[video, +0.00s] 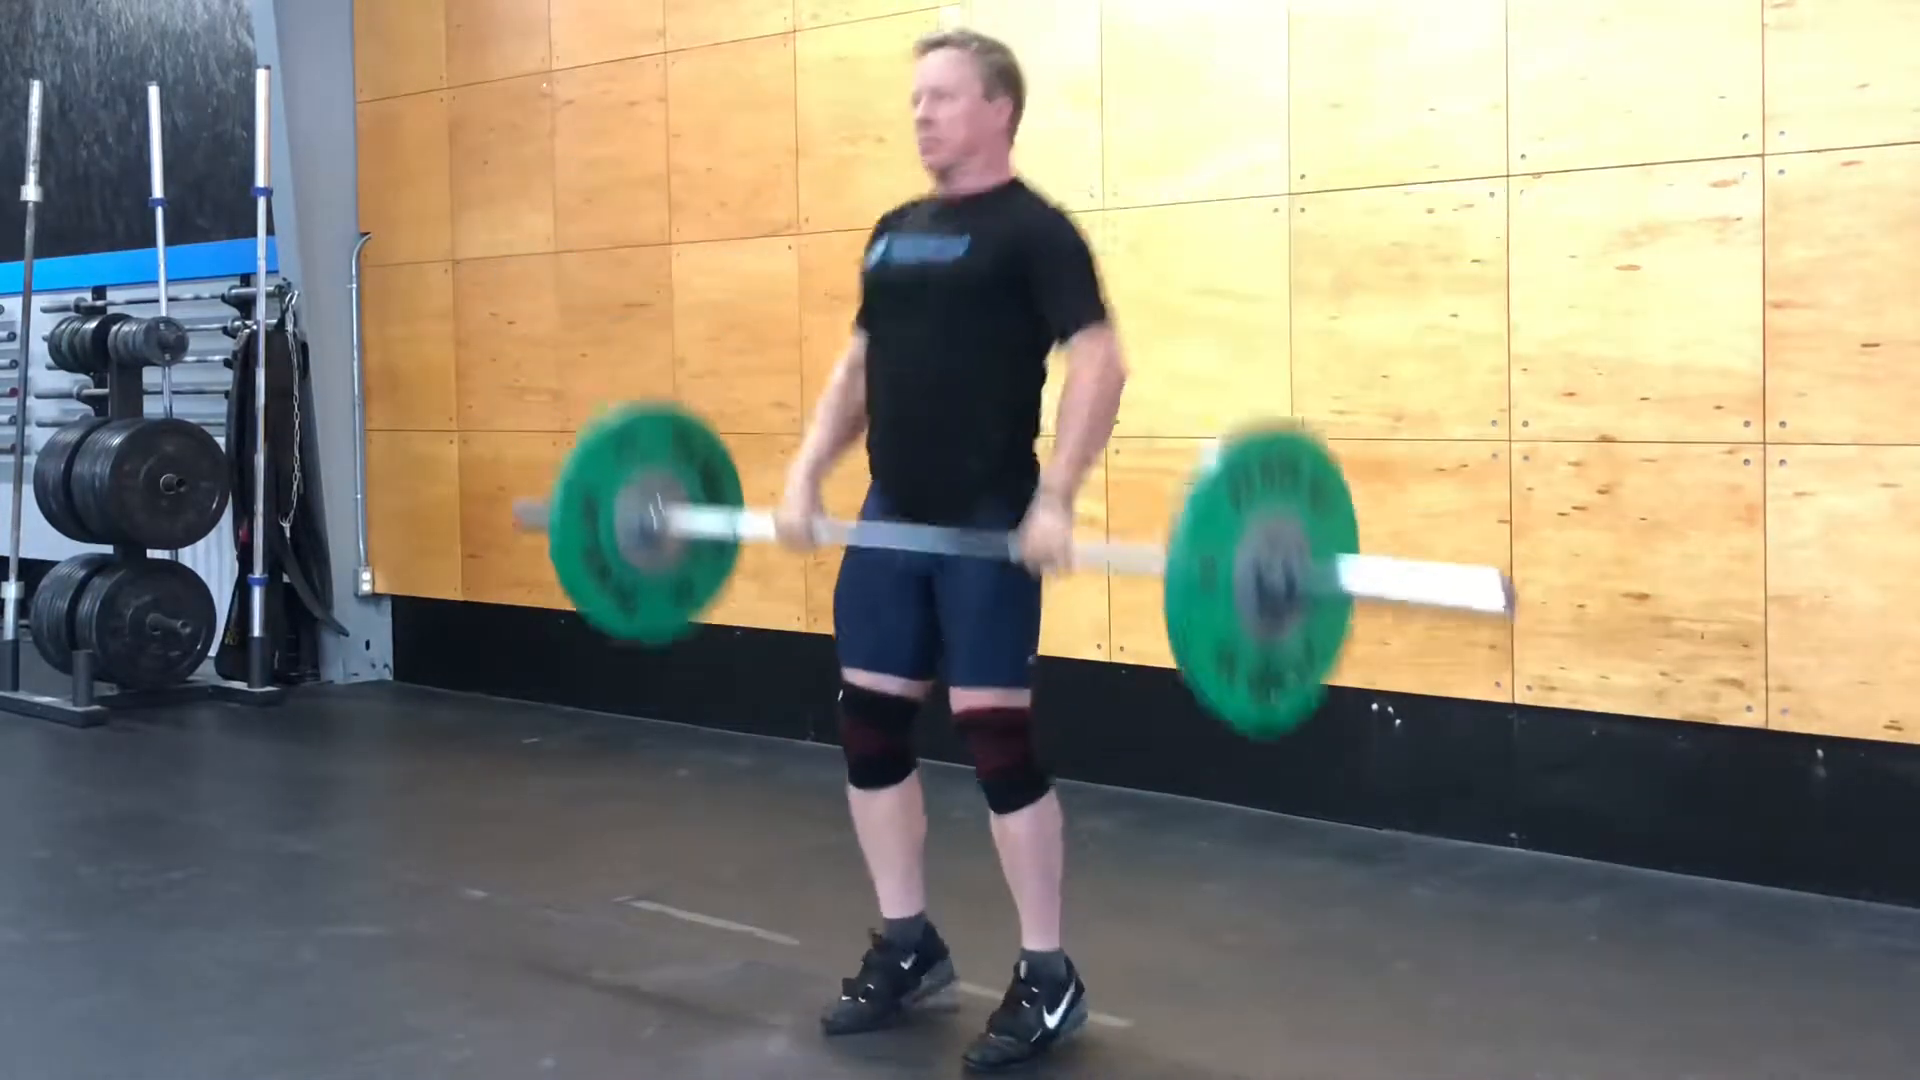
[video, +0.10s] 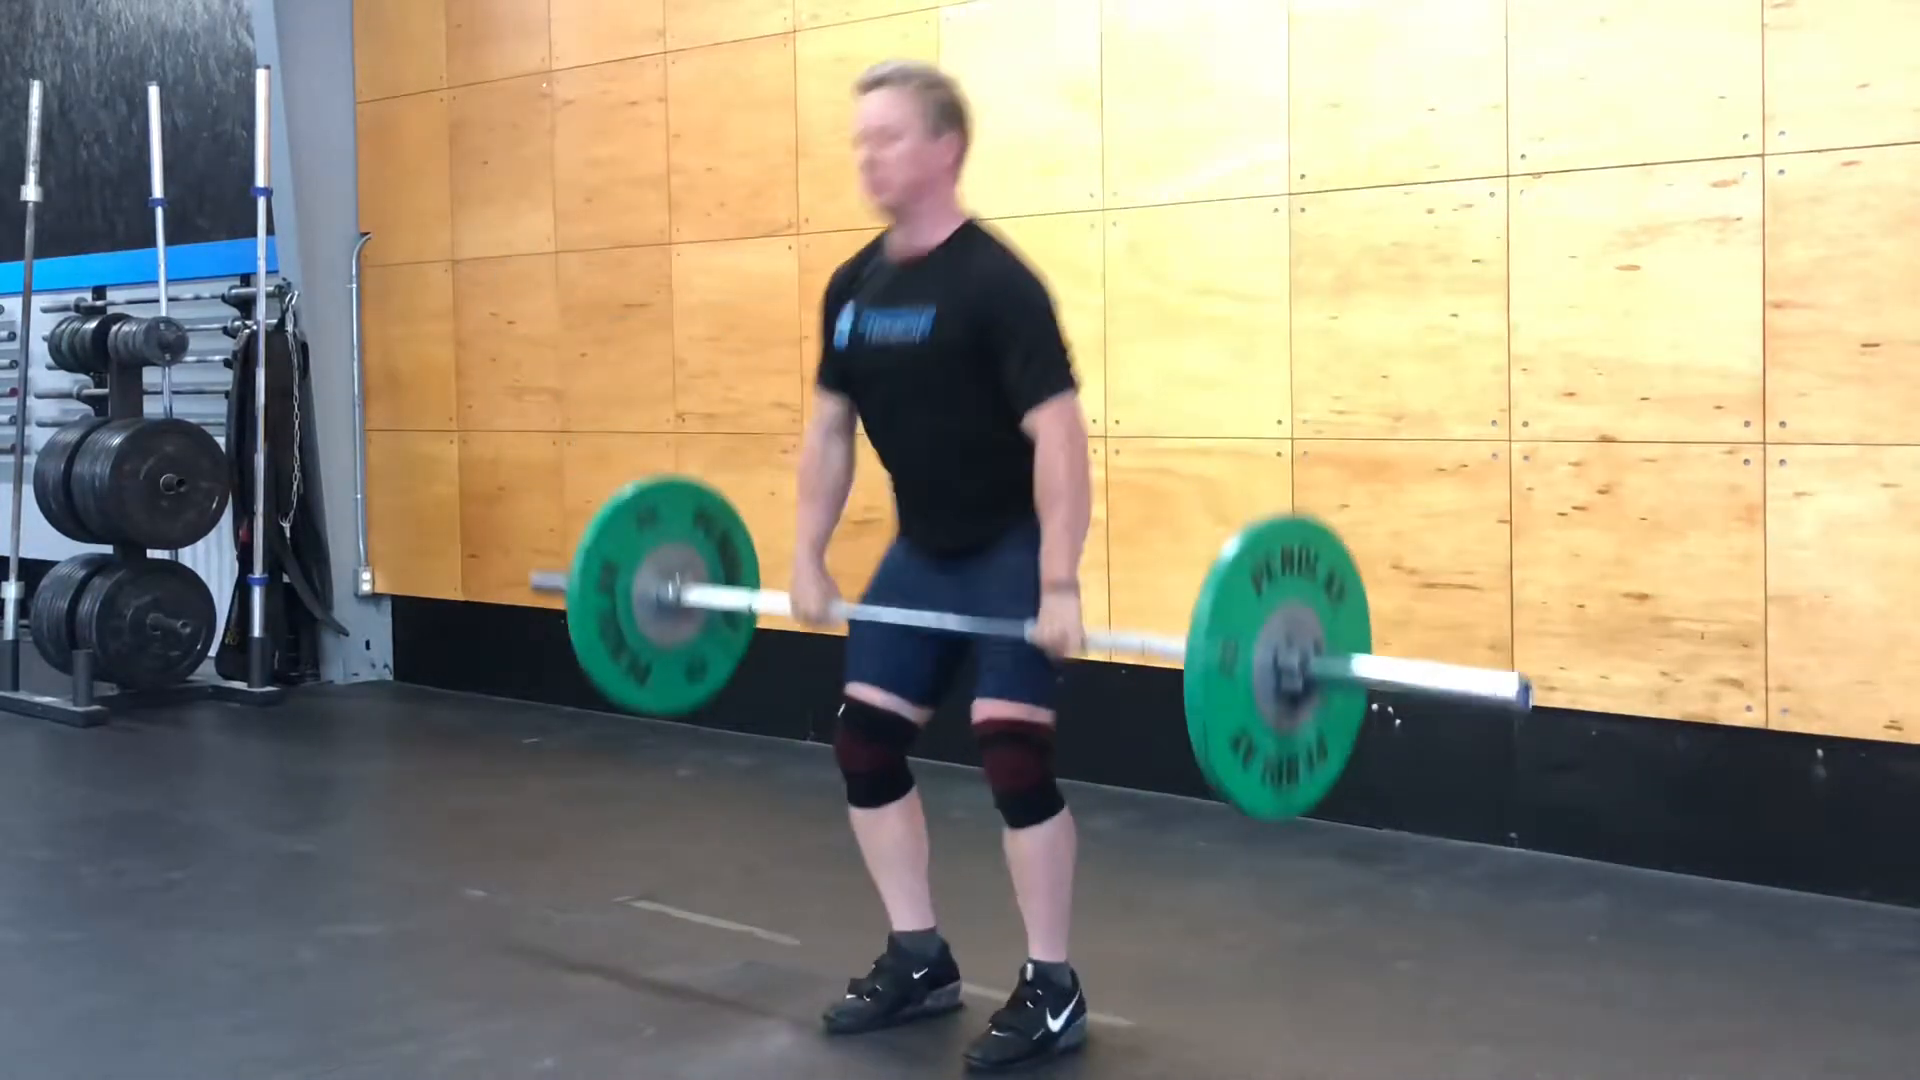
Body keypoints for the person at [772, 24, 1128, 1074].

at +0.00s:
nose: (921, 119)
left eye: (940, 103)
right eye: (916, 104)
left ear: (1001, 111)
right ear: (918, 116)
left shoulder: (1039, 231)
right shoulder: (896, 234)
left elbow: (1100, 364)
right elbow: (864, 363)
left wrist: (1057, 496)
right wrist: (806, 472)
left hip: (990, 533)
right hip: (888, 523)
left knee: (999, 747)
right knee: (870, 732)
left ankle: (1045, 977)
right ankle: (906, 945)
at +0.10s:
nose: (864, 157)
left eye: (883, 139)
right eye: (860, 140)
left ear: (946, 147)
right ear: (863, 153)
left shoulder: (1000, 283)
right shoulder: (853, 287)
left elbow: (1059, 432)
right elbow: (829, 431)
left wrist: (1061, 584)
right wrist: (805, 556)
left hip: (1018, 548)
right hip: (918, 546)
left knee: (1013, 753)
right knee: (866, 738)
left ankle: (1051, 988)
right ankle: (918, 960)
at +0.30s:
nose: (786, 396)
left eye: (794, 371)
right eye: (773, 379)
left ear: (848, 343)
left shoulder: (959, 418)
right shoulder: (812, 444)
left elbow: (1029, 582)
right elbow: (814, 571)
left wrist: (1056, 737)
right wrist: (811, 702)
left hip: (1074, 552)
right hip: (971, 565)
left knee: (1052, 742)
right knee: (897, 730)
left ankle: (1054, 984)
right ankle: (920, 954)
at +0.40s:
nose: (776, 512)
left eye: (785, 487)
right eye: (764, 493)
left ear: (840, 448)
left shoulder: (958, 502)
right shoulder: (805, 513)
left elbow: (1026, 664)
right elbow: (809, 647)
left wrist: (1052, 818)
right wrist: (805, 785)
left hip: (1085, 569)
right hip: (980, 581)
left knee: (1057, 758)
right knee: (892, 730)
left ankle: (1054, 986)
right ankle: (920, 956)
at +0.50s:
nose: (770, 598)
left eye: (776, 574)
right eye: (758, 581)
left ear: (826, 536)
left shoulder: (953, 563)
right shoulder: (802, 574)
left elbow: (1025, 734)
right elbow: (804, 713)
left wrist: (1051, 890)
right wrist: (804, 846)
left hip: (1091, 578)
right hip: (986, 590)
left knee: (1051, 755)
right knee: (884, 735)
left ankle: (1053, 988)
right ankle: (920, 957)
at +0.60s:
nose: (759, 634)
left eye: (768, 615)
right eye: (749, 620)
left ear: (822, 576)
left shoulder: (949, 590)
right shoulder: (798, 593)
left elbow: (1047, 733)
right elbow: (795, 713)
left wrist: (1068, 888)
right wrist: (805, 837)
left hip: (1091, 578)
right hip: (988, 578)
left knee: (1042, 755)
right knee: (877, 733)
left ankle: (1052, 989)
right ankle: (921, 959)